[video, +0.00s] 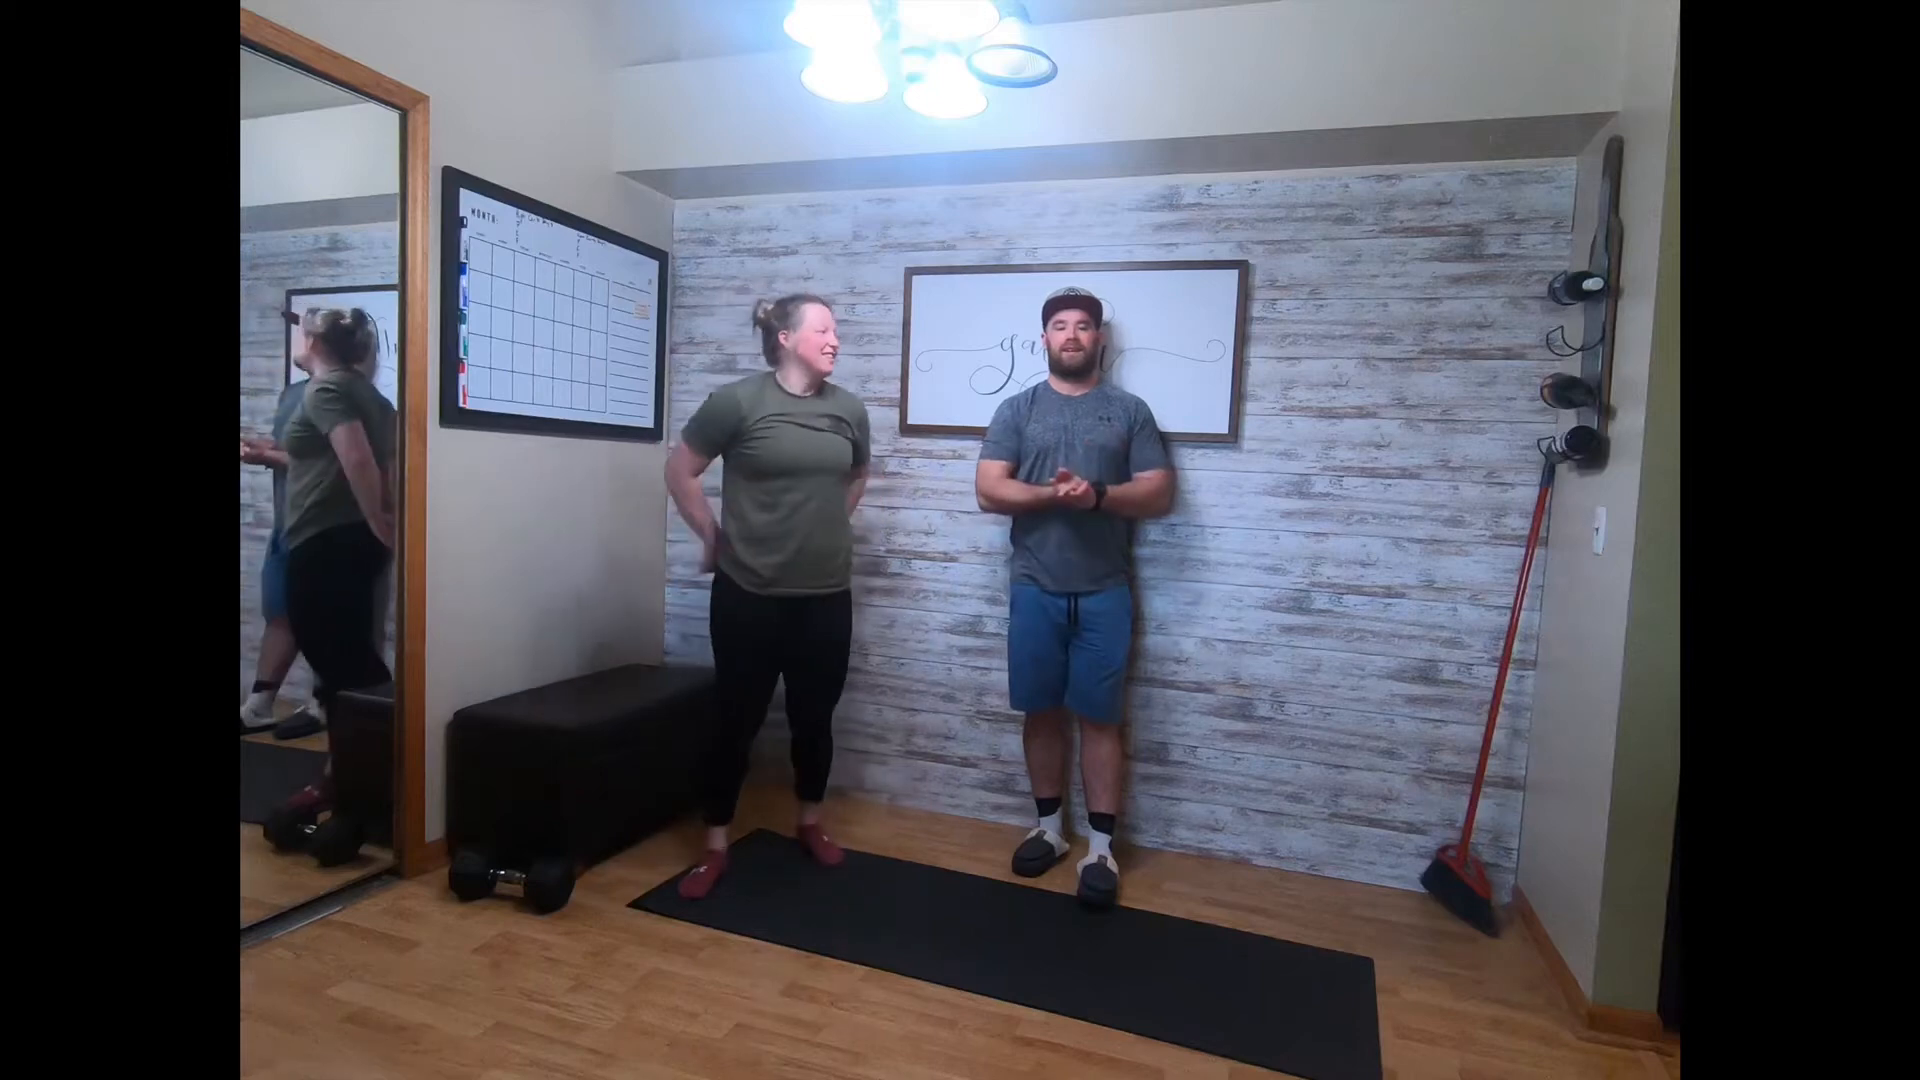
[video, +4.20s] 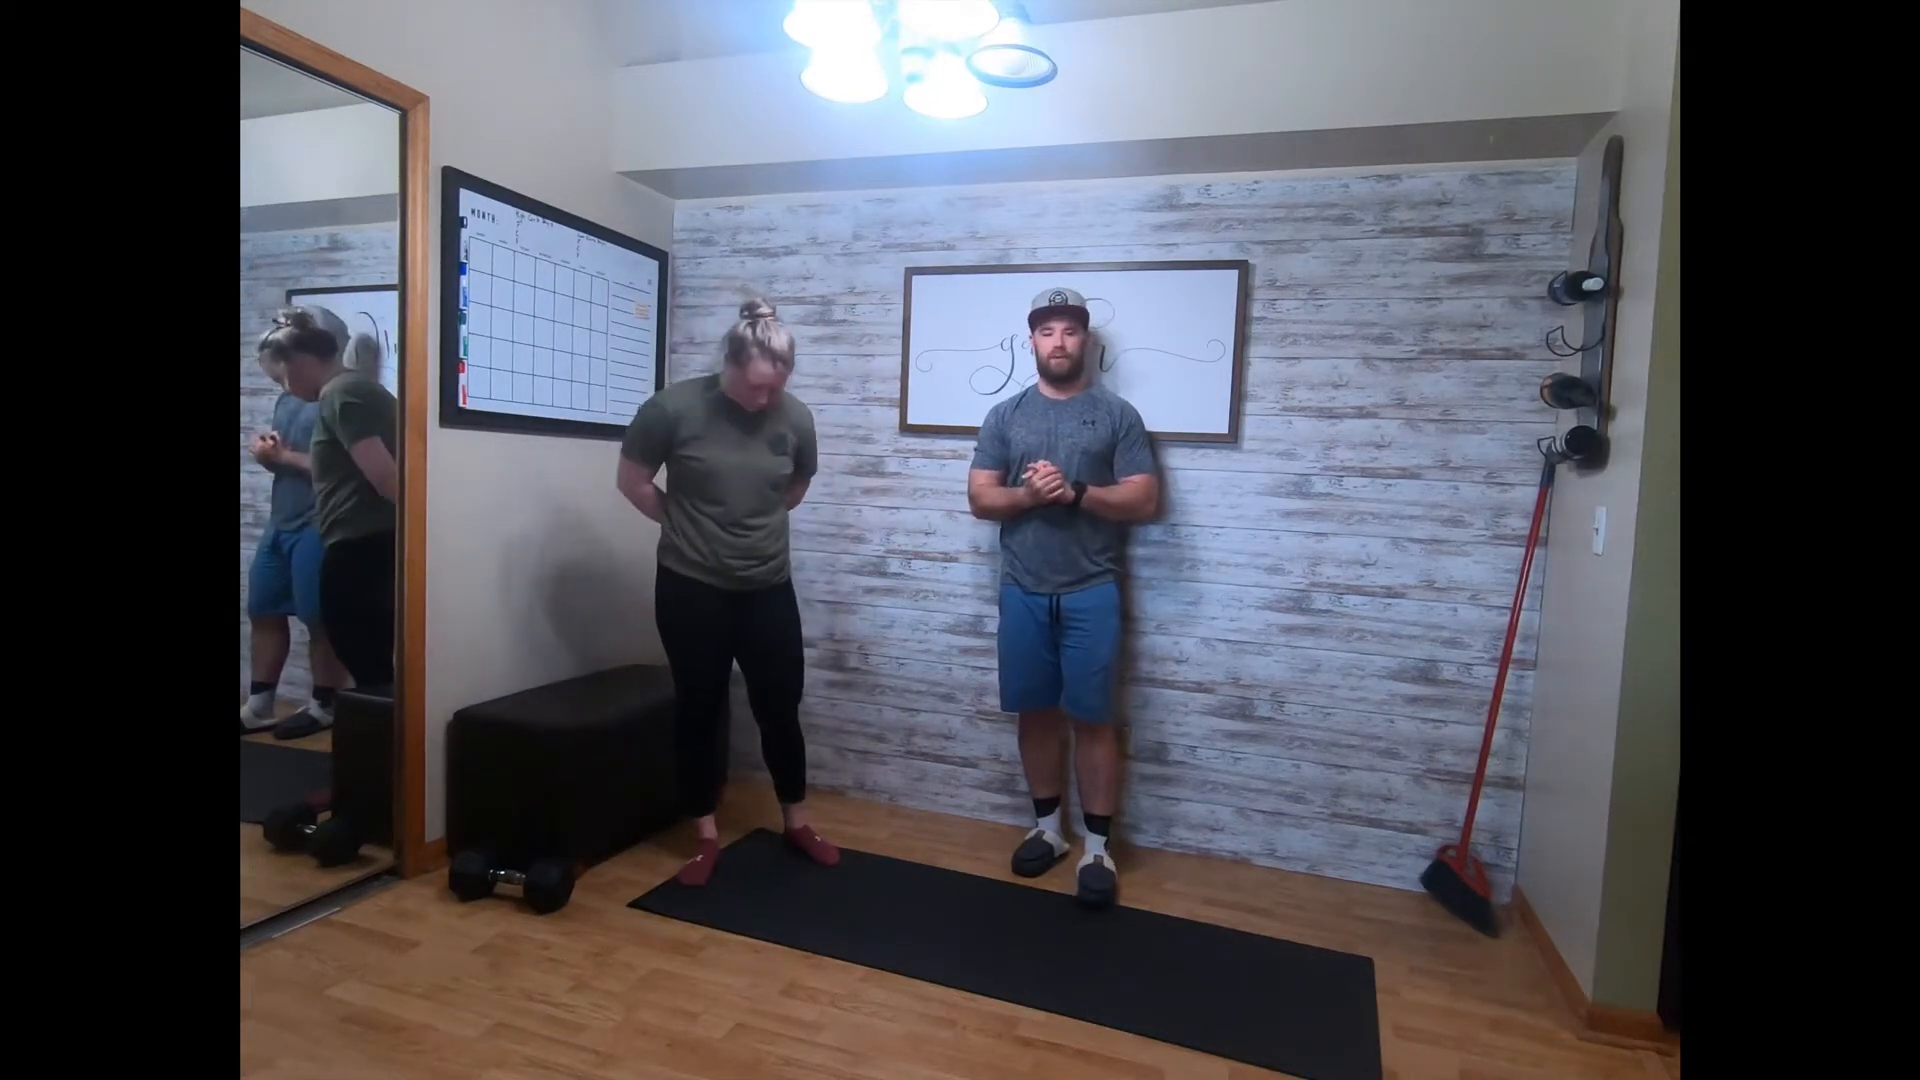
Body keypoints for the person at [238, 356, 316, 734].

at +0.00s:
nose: (294, 336)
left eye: (301, 329)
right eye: (296, 327)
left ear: (317, 340)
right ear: (308, 343)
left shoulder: (335, 397)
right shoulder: (293, 394)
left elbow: (324, 464)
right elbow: (296, 453)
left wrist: (273, 456)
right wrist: (266, 447)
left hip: (319, 525)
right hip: (286, 524)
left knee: (320, 618)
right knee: (279, 612)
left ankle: (321, 705)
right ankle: (259, 703)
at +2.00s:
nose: (301, 338)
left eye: (311, 333)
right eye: (301, 332)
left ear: (330, 345)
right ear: (302, 345)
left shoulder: (342, 394)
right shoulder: (291, 397)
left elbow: (335, 465)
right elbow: (294, 460)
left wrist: (281, 457)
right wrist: (271, 452)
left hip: (321, 525)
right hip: (284, 525)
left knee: (323, 620)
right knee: (271, 611)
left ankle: (324, 706)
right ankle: (259, 703)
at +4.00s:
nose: (280, 387)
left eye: (280, 378)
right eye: (274, 380)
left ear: (299, 361)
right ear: (277, 368)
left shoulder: (333, 406)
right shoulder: (285, 404)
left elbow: (333, 466)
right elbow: (288, 461)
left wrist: (282, 454)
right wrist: (272, 449)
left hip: (317, 529)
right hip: (280, 527)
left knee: (318, 617)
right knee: (264, 610)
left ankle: (325, 705)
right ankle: (261, 702)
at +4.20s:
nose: (279, 383)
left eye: (280, 374)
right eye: (275, 377)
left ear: (298, 360)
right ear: (280, 367)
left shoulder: (331, 403)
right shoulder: (285, 405)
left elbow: (332, 469)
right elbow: (292, 461)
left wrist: (282, 457)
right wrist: (271, 452)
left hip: (316, 529)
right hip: (279, 527)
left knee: (319, 619)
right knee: (265, 611)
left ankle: (325, 706)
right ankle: (260, 703)